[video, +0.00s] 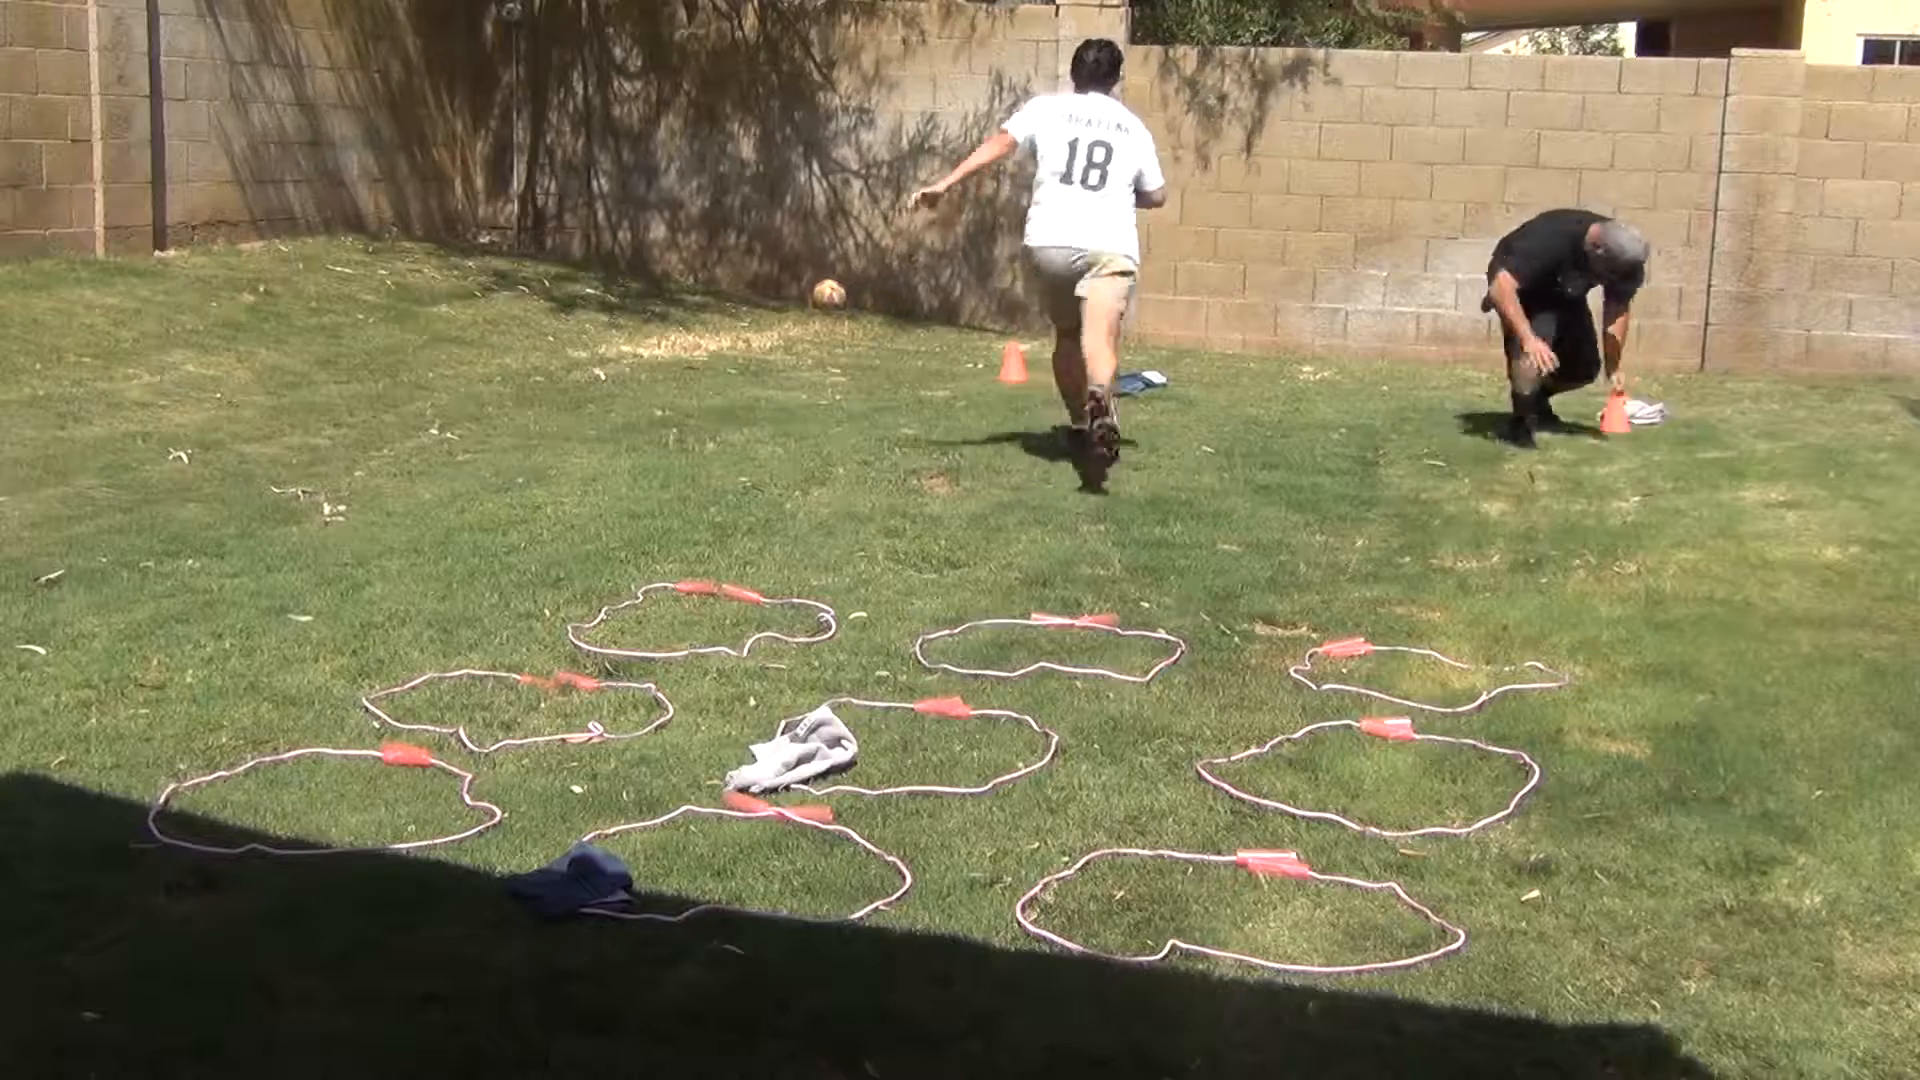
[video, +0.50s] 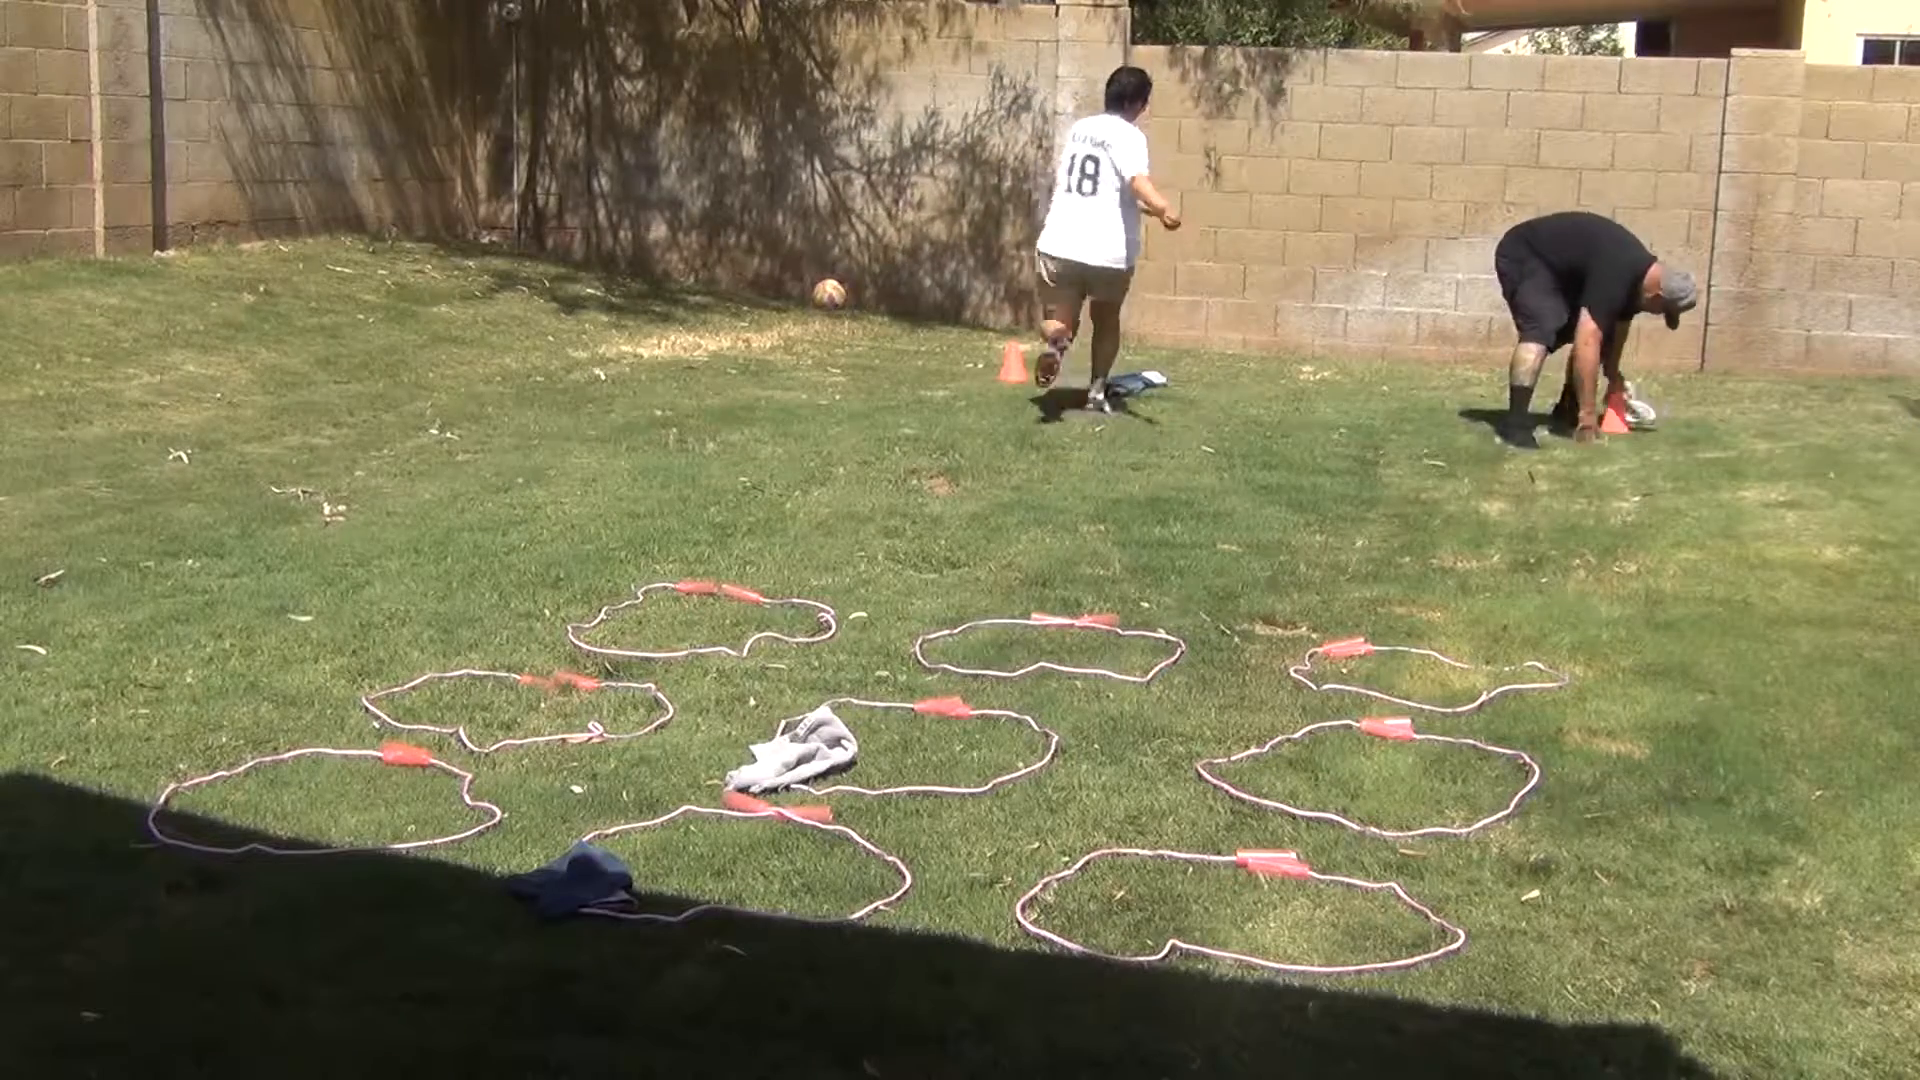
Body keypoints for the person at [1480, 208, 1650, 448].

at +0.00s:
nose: (1612, 280)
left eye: (1618, 276)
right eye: (1611, 273)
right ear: (1598, 250)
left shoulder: (1626, 260)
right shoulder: (1551, 241)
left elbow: (1617, 311)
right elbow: (1500, 288)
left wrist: (1614, 371)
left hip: (1568, 295)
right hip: (1526, 290)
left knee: (1583, 368)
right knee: (1530, 356)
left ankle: (1538, 393)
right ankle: (1522, 419)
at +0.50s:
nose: (1655, 313)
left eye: (1661, 311)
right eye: (1660, 309)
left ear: (1656, 289)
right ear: (1655, 294)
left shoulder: (1638, 273)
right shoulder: (1613, 272)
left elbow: (1616, 333)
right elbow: (1586, 344)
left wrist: (1614, 378)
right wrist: (1587, 413)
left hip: (1562, 263)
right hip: (1523, 255)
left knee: (1599, 334)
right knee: (1540, 330)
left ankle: (1567, 409)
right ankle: (1517, 421)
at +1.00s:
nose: (1618, 132)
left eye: (1625, 123)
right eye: (1610, 123)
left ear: (1634, 125)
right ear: (1589, 123)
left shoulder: (1631, 157)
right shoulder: (1561, 163)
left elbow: (1613, 207)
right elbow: (1552, 241)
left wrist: (1629, 217)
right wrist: (1615, 233)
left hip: (1593, 260)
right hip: (1537, 266)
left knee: (1611, 335)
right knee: (1540, 352)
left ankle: (1589, 417)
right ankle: (1548, 417)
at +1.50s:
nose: (1525, 97)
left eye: (1537, 88)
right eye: (1517, 86)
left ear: (1560, 90)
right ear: (1505, 87)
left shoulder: (1596, 147)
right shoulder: (1479, 145)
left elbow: (1641, 203)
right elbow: (1435, 202)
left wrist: (1616, 276)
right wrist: (1472, 254)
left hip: (1566, 298)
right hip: (1497, 293)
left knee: (1557, 396)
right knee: (1485, 390)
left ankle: (1565, 437)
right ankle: (1490, 487)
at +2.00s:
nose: (1532, 119)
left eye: (1546, 110)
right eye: (1523, 107)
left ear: (1567, 106)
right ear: (1506, 98)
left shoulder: (1574, 156)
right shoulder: (1464, 152)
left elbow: (1563, 234)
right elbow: (1420, 238)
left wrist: (1538, 294)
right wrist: (1434, 312)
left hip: (1532, 318)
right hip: (1464, 312)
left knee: (1544, 442)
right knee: (1457, 423)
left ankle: (1486, 543)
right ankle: (1399, 547)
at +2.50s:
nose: (1627, 204)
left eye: (1633, 195)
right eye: (1630, 192)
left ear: (1589, 167)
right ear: (1605, 180)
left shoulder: (1532, 163)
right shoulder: (1539, 225)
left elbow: (1480, 162)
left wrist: (1456, 235)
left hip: (1442, 314)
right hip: (1423, 327)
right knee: (1489, 466)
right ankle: (1403, 593)